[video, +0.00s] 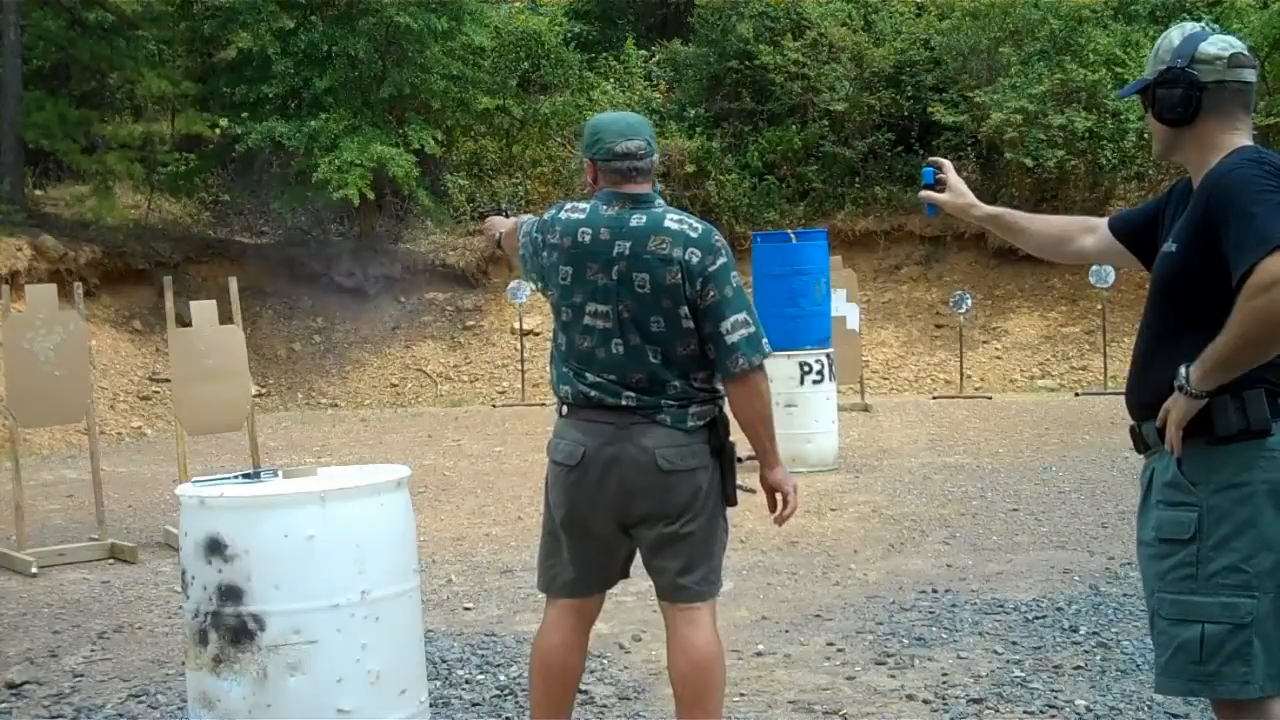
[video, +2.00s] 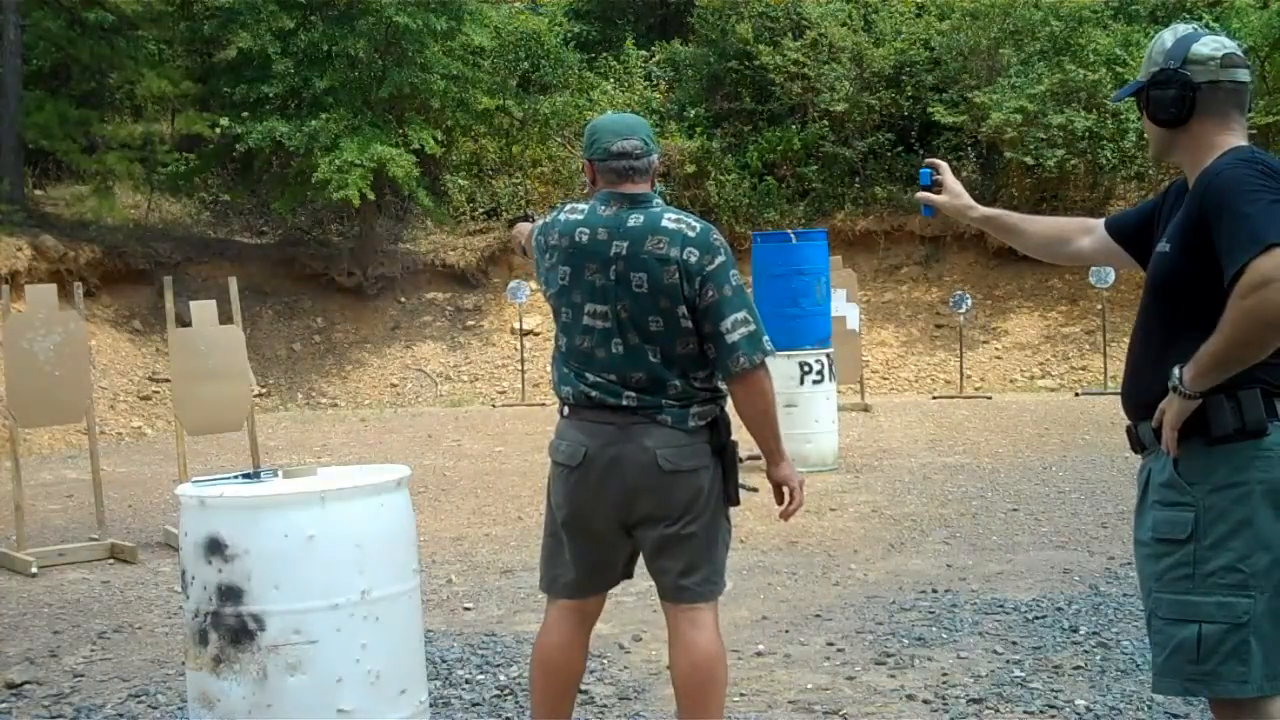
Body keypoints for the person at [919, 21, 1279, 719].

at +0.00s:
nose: (1148, 115)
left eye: (1152, 100)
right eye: (1148, 101)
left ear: (1178, 102)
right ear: (1228, 100)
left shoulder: (1245, 180)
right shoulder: (1192, 196)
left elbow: (1272, 284)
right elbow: (1086, 238)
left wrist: (1195, 383)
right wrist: (977, 211)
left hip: (1226, 463)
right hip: (1206, 458)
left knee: (1242, 692)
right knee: (1241, 685)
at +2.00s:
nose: (1144, 116)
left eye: (1149, 101)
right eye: (1145, 102)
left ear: (1173, 102)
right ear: (1226, 100)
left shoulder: (1238, 180)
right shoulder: (1189, 196)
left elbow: (1271, 283)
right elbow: (1084, 238)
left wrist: (1189, 384)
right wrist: (974, 214)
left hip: (1223, 463)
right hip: (1210, 458)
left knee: (1241, 692)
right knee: (1241, 685)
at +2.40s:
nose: (1140, 117)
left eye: (1144, 102)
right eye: (1140, 103)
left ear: (1167, 104)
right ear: (1225, 101)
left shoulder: (1235, 179)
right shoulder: (1184, 196)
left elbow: (1270, 285)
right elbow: (1082, 239)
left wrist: (1186, 385)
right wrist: (970, 213)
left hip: (1224, 463)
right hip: (1210, 458)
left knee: (1241, 693)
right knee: (1241, 687)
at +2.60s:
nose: (1138, 118)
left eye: (1142, 103)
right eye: (1139, 104)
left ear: (1166, 103)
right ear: (1222, 101)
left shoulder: (1234, 180)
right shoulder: (1184, 195)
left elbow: (1269, 286)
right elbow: (1079, 239)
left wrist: (1184, 385)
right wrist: (969, 214)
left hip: (1222, 462)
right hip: (1209, 457)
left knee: (1240, 693)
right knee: (1241, 686)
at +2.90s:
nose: (1137, 119)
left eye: (1141, 103)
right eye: (1138, 104)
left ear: (1164, 105)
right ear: (1223, 101)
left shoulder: (1233, 180)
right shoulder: (1185, 194)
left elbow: (1268, 287)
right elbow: (1079, 239)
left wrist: (1183, 386)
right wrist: (968, 213)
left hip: (1221, 462)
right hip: (1210, 456)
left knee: (1239, 692)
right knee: (1242, 685)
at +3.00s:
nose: (1137, 118)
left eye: (1141, 103)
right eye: (1137, 103)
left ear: (1163, 104)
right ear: (1223, 101)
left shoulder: (1233, 180)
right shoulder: (1185, 194)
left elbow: (1268, 287)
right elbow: (1079, 239)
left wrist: (1184, 386)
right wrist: (968, 213)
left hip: (1221, 462)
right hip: (1211, 456)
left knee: (1238, 692)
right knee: (1242, 685)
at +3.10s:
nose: (1137, 118)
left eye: (1141, 103)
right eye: (1138, 104)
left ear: (1167, 104)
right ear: (1218, 102)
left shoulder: (1233, 180)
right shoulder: (1186, 194)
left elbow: (1269, 286)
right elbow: (1080, 239)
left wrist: (1183, 387)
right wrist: (968, 213)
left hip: (1221, 462)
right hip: (1211, 455)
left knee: (1238, 693)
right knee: (1242, 685)